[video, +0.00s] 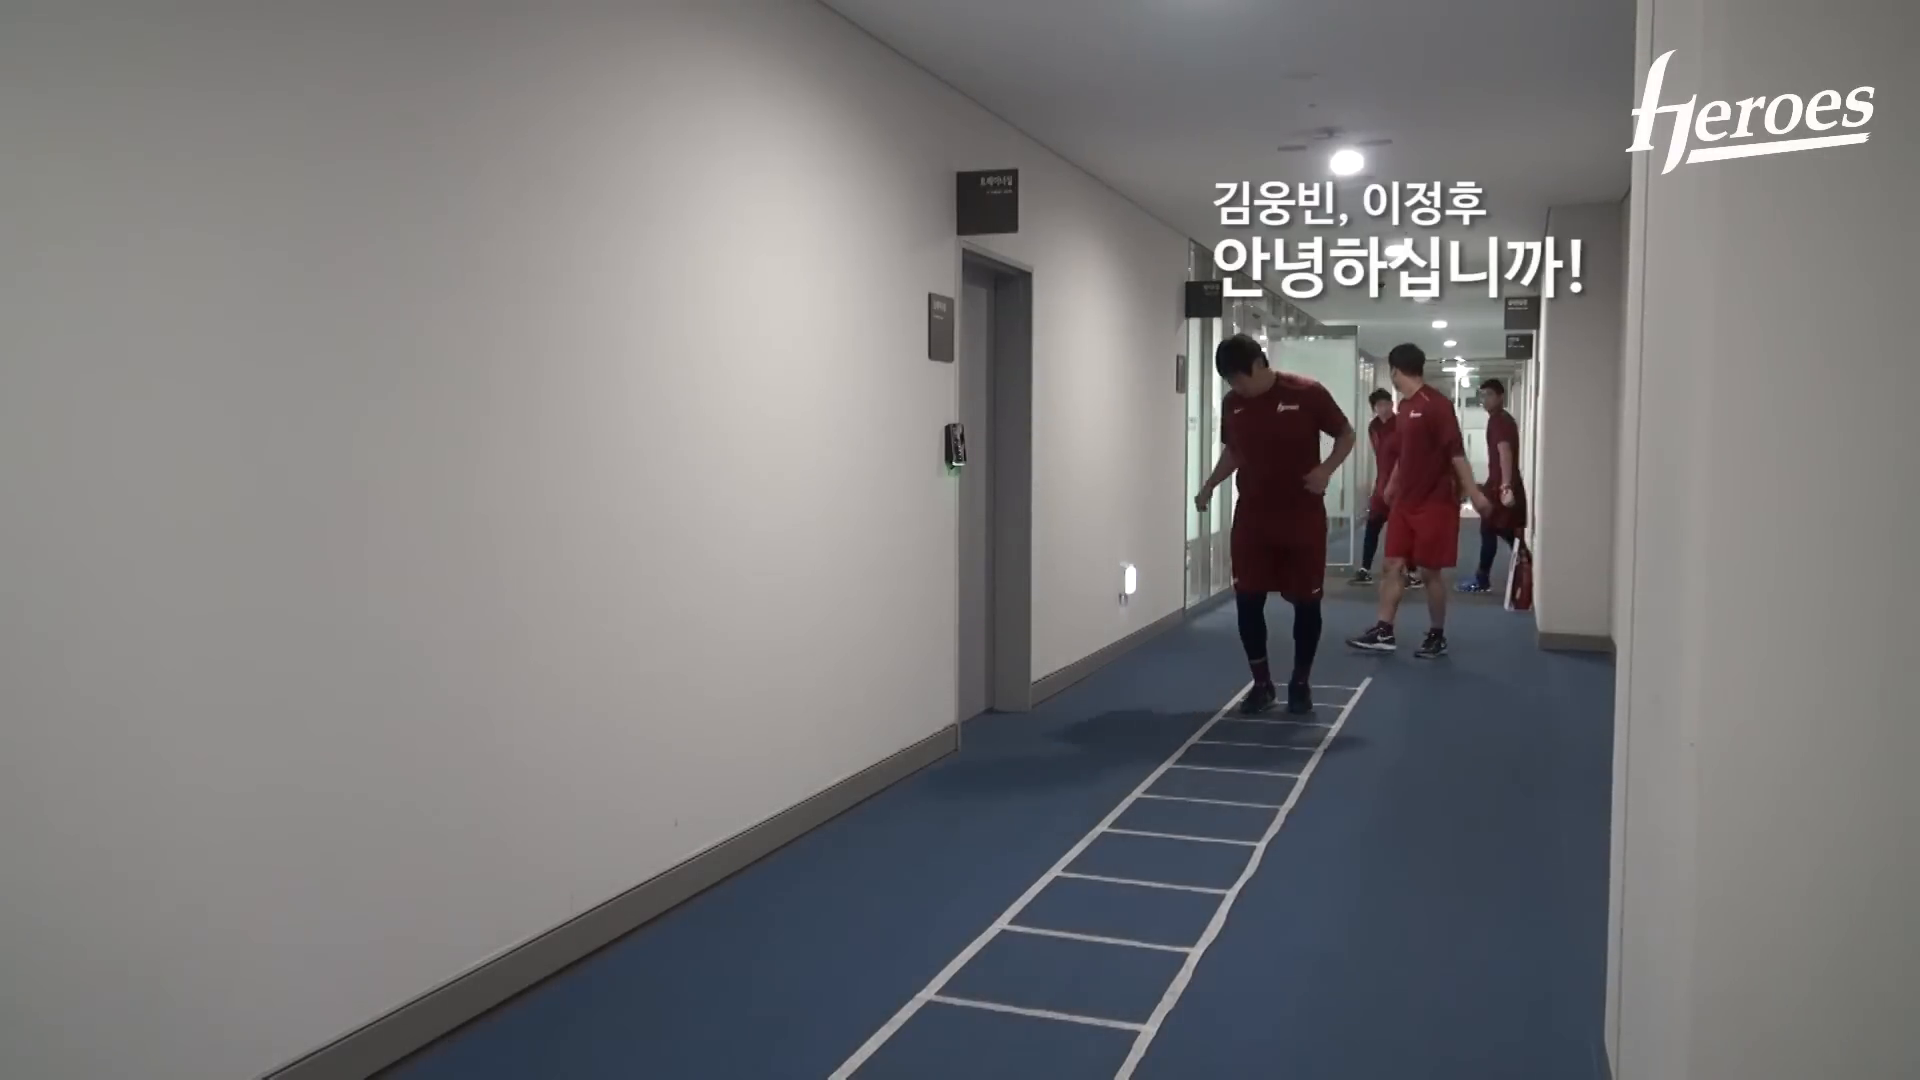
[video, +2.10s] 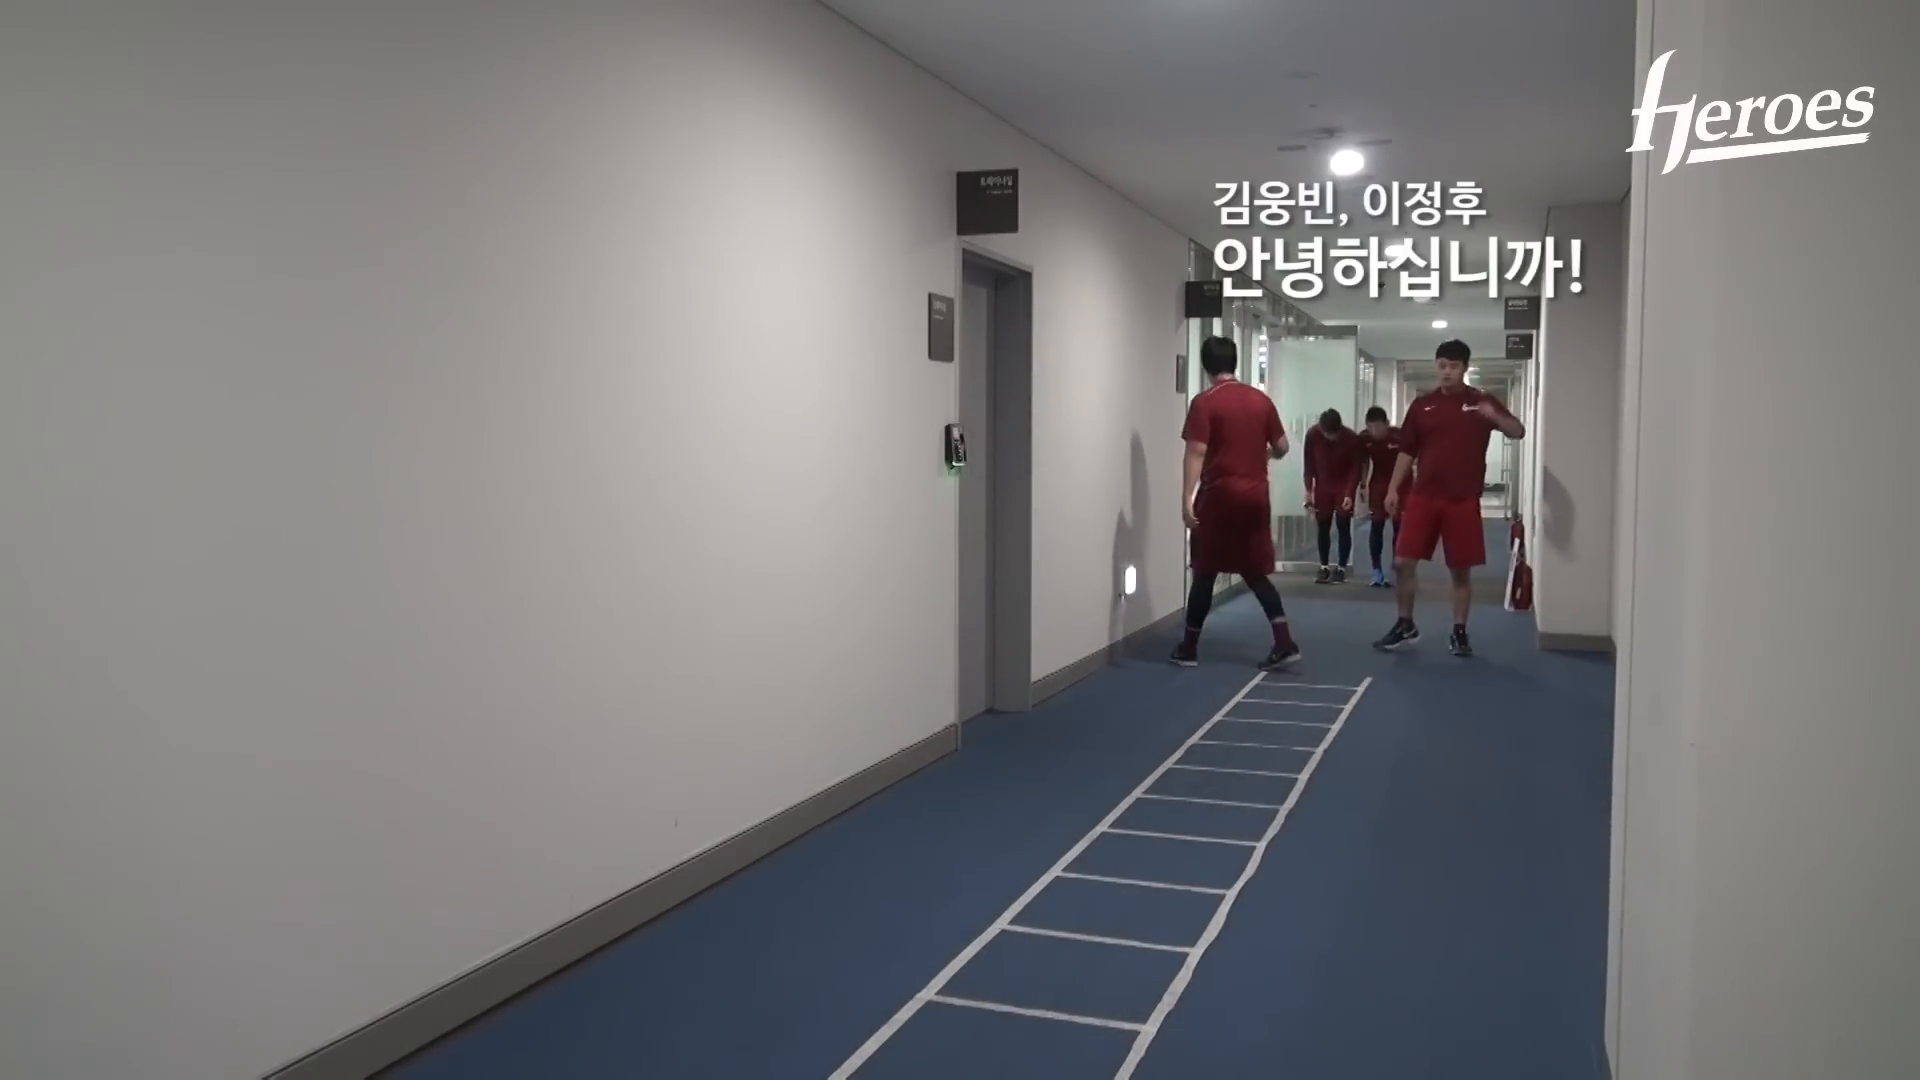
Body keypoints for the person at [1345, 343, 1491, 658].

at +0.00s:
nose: (1390, 377)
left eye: (1391, 372)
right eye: (1390, 372)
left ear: (1397, 371)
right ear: (1416, 369)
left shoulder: (1438, 404)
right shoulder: (1404, 406)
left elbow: (1456, 453)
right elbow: (1404, 453)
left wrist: (1473, 493)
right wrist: (1392, 483)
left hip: (1434, 502)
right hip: (1404, 500)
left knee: (1431, 571)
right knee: (1392, 564)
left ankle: (1436, 634)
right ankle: (1384, 630)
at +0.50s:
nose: (1397, 378)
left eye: (1401, 372)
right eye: (1395, 373)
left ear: (1420, 369)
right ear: (1403, 373)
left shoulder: (1446, 402)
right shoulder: (1402, 409)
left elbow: (1465, 444)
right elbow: (1391, 448)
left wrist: (1438, 475)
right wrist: (1378, 475)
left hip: (1437, 499)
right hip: (1407, 499)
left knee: (1431, 566)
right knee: (1411, 564)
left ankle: (1436, 633)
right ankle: (1423, 619)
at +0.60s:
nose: (1399, 378)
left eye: (1404, 372)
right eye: (1396, 374)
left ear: (1421, 371)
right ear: (1397, 376)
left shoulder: (1445, 404)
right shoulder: (1398, 411)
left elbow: (1463, 441)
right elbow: (1388, 449)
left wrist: (1430, 450)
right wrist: (1378, 471)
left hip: (1439, 500)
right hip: (1408, 500)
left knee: (1431, 565)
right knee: (1415, 564)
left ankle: (1436, 633)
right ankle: (1425, 621)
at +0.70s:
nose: (1402, 379)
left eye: (1407, 374)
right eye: (1397, 374)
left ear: (1422, 373)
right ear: (1393, 376)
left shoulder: (1443, 404)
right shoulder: (1394, 412)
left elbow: (1461, 438)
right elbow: (1386, 453)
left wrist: (1428, 423)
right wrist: (1374, 481)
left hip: (1438, 498)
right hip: (1406, 498)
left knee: (1433, 565)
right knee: (1416, 564)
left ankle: (1436, 631)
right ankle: (1424, 622)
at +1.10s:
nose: (1416, 376)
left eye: (1422, 371)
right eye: (1411, 370)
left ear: (1433, 373)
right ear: (1403, 372)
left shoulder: (1450, 401)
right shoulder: (1390, 409)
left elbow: (1483, 408)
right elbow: (1382, 452)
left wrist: (1452, 380)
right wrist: (1375, 489)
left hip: (1444, 496)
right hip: (1408, 498)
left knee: (1448, 564)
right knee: (1419, 565)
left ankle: (1457, 629)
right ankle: (1424, 624)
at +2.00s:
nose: (1450, 371)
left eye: (1456, 366)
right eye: (1445, 365)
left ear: (1468, 369)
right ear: (1439, 367)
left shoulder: (1485, 402)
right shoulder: (1423, 404)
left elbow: (1520, 420)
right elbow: (1407, 450)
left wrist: (1489, 387)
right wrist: (1392, 486)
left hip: (1465, 499)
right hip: (1425, 496)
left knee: (1461, 570)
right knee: (1406, 561)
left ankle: (1460, 631)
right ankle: (1416, 617)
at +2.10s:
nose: (1446, 371)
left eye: (1453, 366)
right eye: (1442, 365)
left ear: (1465, 368)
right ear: (1436, 367)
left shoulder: (1483, 402)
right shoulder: (1422, 405)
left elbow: (1517, 432)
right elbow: (1406, 451)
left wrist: (1495, 417)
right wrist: (1392, 489)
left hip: (1462, 501)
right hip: (1423, 498)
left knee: (1460, 570)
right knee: (1403, 562)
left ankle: (1459, 631)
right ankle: (1405, 624)